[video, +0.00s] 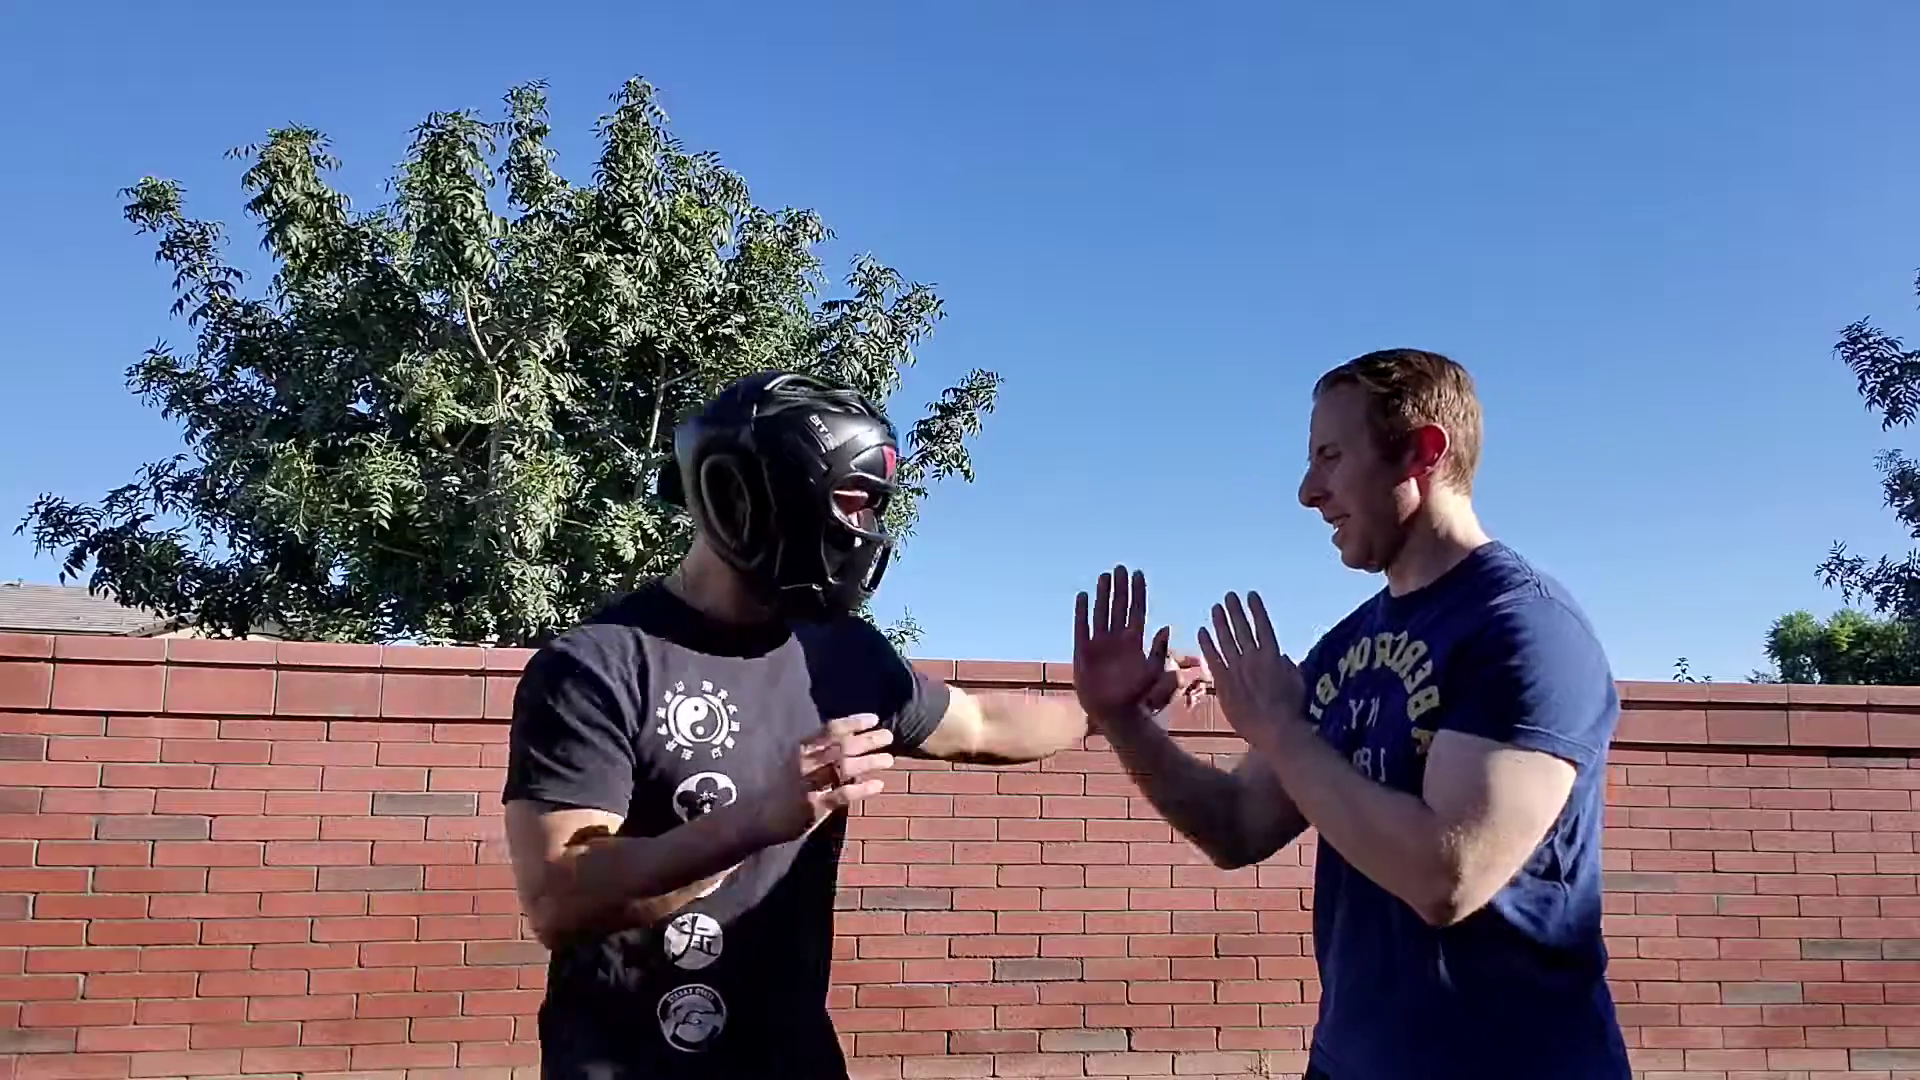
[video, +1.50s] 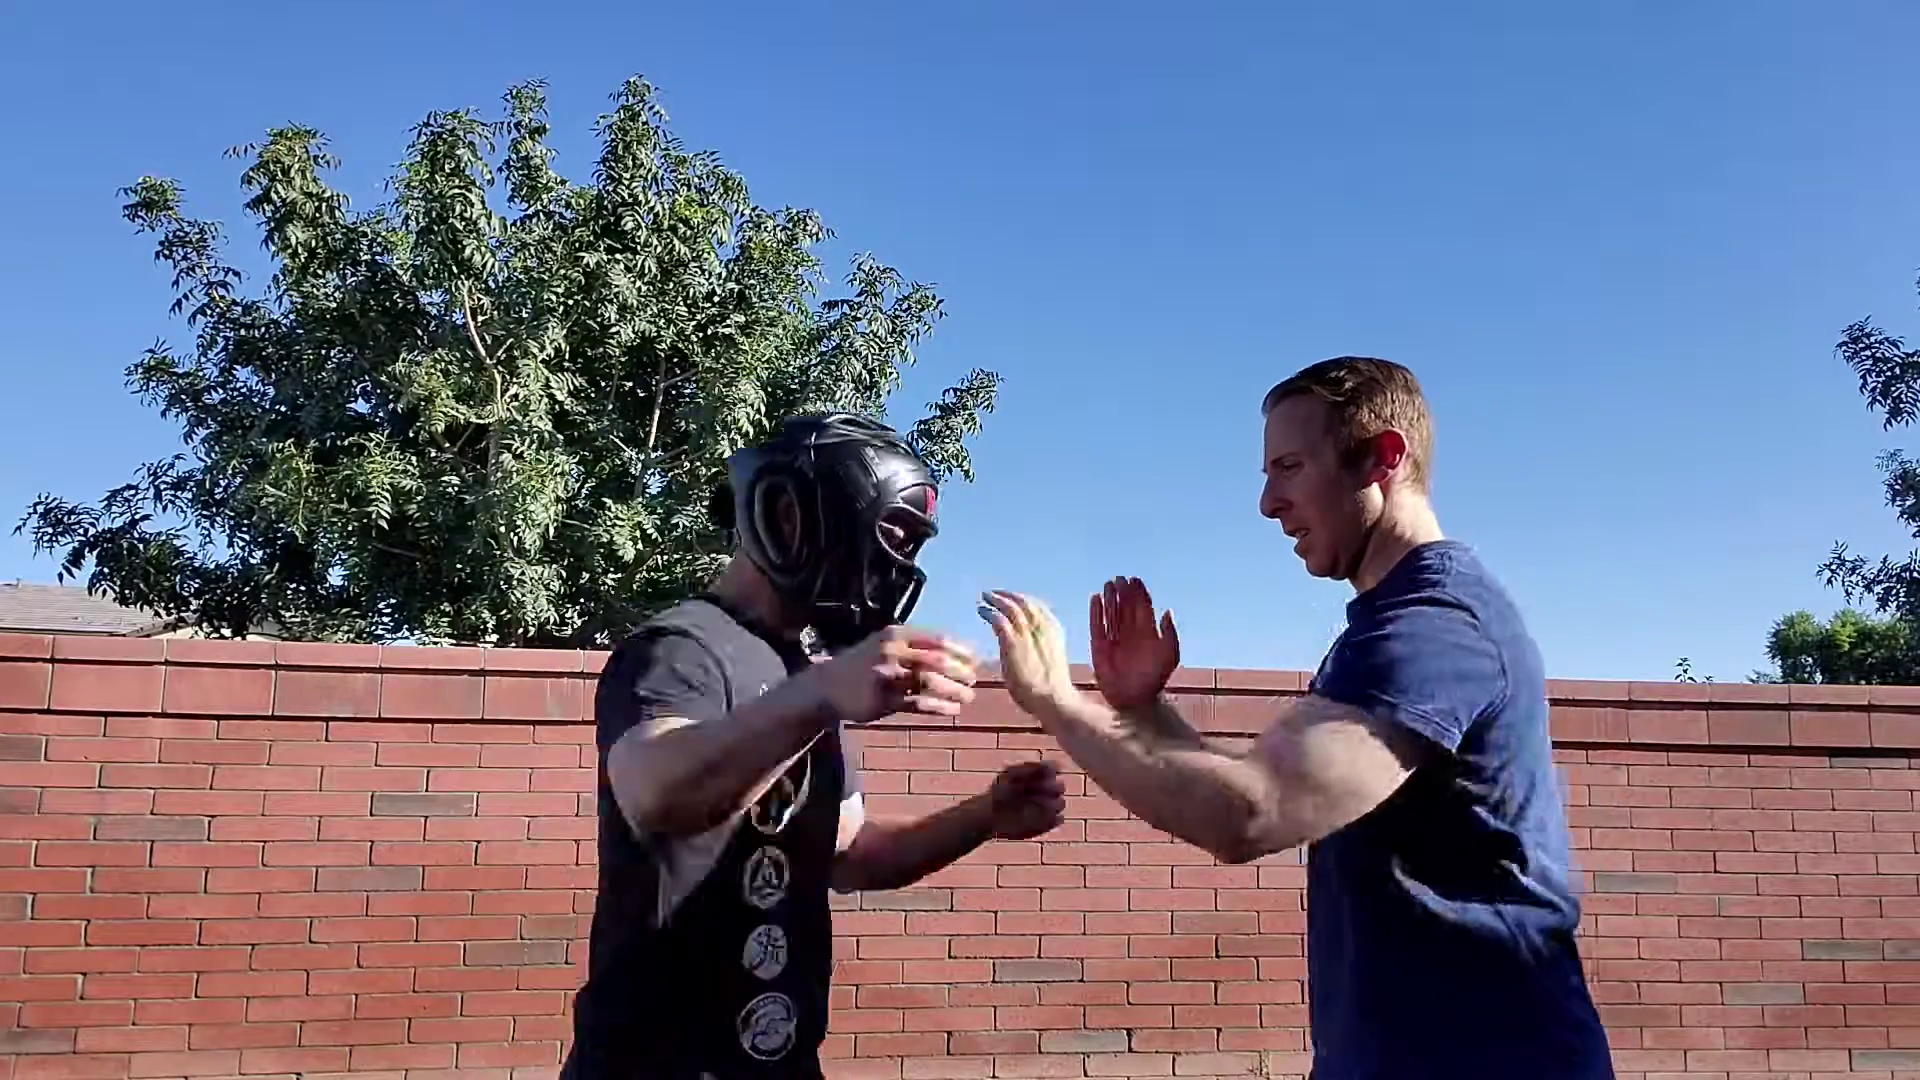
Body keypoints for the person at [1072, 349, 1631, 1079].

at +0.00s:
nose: (1309, 490)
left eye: (1330, 455)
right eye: (1313, 462)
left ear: (1422, 457)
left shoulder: (1531, 630)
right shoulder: (1346, 649)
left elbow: (1447, 877)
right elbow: (1238, 829)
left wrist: (1284, 734)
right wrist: (1125, 722)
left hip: (1511, 1057)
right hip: (1356, 1052)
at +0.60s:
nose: (1311, 506)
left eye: (1331, 470)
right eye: (1311, 478)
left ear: (1427, 459)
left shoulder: (1535, 636)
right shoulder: (1354, 646)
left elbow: (1461, 897)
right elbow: (1219, 775)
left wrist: (1274, 769)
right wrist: (1149, 624)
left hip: (1513, 1059)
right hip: (1357, 1051)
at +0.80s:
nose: (1271, 508)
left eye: (1290, 473)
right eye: (1272, 479)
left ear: (1384, 465)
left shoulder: (1441, 630)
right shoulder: (1387, 629)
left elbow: (1198, 779)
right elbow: (1230, 749)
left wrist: (1018, 654)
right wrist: (1175, 632)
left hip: (1466, 1054)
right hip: (1368, 1049)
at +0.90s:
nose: (1248, 511)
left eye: (1266, 478)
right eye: (1248, 483)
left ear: (1356, 470)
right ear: (1359, 476)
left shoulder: (1376, 623)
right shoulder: (1439, 612)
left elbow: (1107, 726)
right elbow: (1302, 805)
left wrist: (910, 609)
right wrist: (1212, 673)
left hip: (1429, 1057)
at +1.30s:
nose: (1267, 504)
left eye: (1287, 470)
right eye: (1266, 477)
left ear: (1379, 463)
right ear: (1369, 470)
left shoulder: (1424, 606)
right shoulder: (1384, 614)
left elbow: (1158, 731)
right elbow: (1310, 808)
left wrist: (926, 649)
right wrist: (1197, 688)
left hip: (1473, 1053)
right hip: (1386, 1050)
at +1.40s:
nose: (1263, 505)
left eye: (1283, 471)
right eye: (1262, 478)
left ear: (1380, 465)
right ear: (1371, 469)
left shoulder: (1417, 619)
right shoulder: (1391, 613)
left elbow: (1196, 794)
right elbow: (1287, 812)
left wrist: (984, 709)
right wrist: (1173, 720)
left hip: (1476, 1053)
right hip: (1394, 1047)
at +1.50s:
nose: (1267, 502)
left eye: (1288, 467)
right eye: (1269, 473)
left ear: (1382, 462)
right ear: (1381, 469)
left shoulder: (1440, 621)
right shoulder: (1386, 623)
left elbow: (1247, 817)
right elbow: (1260, 796)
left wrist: (1056, 706)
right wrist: (1147, 710)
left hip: (1478, 1056)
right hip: (1395, 1052)